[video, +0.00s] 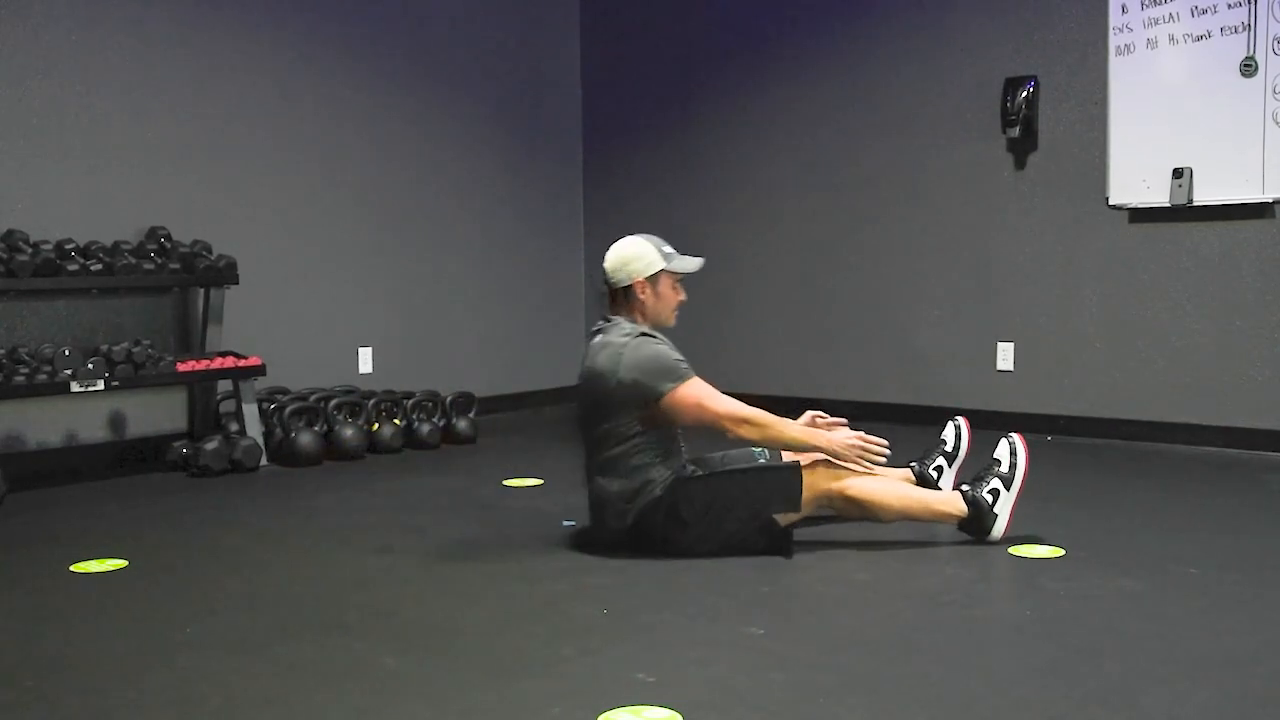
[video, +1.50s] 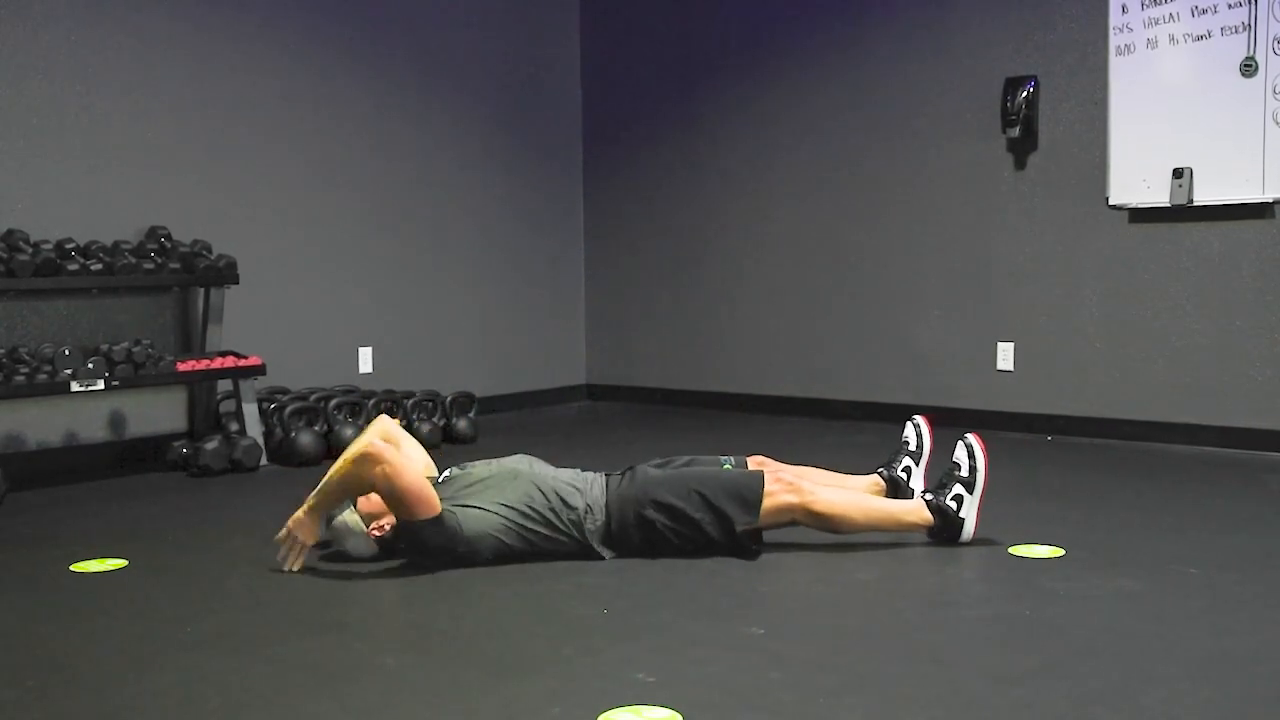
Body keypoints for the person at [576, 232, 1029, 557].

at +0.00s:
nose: (681, 292)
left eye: (678, 281)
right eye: (672, 281)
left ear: (637, 289)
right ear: (642, 288)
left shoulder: (623, 343)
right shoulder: (635, 352)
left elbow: (716, 408)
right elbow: (726, 418)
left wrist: (794, 424)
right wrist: (818, 444)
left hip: (647, 495)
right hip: (650, 510)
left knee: (808, 459)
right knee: (828, 482)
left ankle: (923, 480)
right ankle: (974, 508)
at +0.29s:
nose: (693, 291)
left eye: (690, 281)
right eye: (684, 281)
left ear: (650, 290)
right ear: (656, 288)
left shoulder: (625, 342)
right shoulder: (648, 354)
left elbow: (717, 412)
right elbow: (737, 424)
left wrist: (796, 425)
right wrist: (831, 444)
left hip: (658, 499)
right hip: (664, 513)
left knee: (821, 457)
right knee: (834, 479)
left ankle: (928, 480)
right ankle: (980, 509)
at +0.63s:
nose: (567, 318)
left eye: (560, 309)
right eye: (555, 313)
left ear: (532, 331)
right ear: (527, 334)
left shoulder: (557, 377)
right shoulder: (542, 400)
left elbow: (647, 401)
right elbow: (653, 434)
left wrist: (721, 375)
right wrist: (742, 391)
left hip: (657, 480)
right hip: (643, 508)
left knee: (793, 470)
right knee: (805, 490)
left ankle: (916, 479)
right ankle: (968, 515)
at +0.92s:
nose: (476, 392)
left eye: (468, 385)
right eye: (462, 391)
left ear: (451, 413)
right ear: (442, 420)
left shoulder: (488, 438)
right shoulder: (479, 468)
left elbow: (567, 421)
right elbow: (583, 446)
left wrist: (600, 347)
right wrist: (610, 347)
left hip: (629, 484)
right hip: (625, 511)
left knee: (773, 464)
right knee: (793, 494)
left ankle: (900, 481)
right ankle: (945, 515)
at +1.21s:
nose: (404, 461)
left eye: (392, 459)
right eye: (391, 467)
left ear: (403, 469)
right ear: (397, 495)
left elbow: (475, 412)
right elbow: (476, 422)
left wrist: (384, 391)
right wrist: (387, 407)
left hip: (627, 485)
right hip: (627, 513)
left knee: (769, 468)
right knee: (787, 488)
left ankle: (895, 486)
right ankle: (940, 513)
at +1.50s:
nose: (379, 498)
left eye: (372, 495)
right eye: (372, 502)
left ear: (382, 503)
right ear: (381, 521)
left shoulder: (437, 507)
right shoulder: (429, 532)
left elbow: (385, 434)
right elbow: (374, 435)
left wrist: (325, 505)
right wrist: (312, 515)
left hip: (620, 487)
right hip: (618, 512)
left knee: (765, 466)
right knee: (782, 492)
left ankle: (894, 490)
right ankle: (938, 517)